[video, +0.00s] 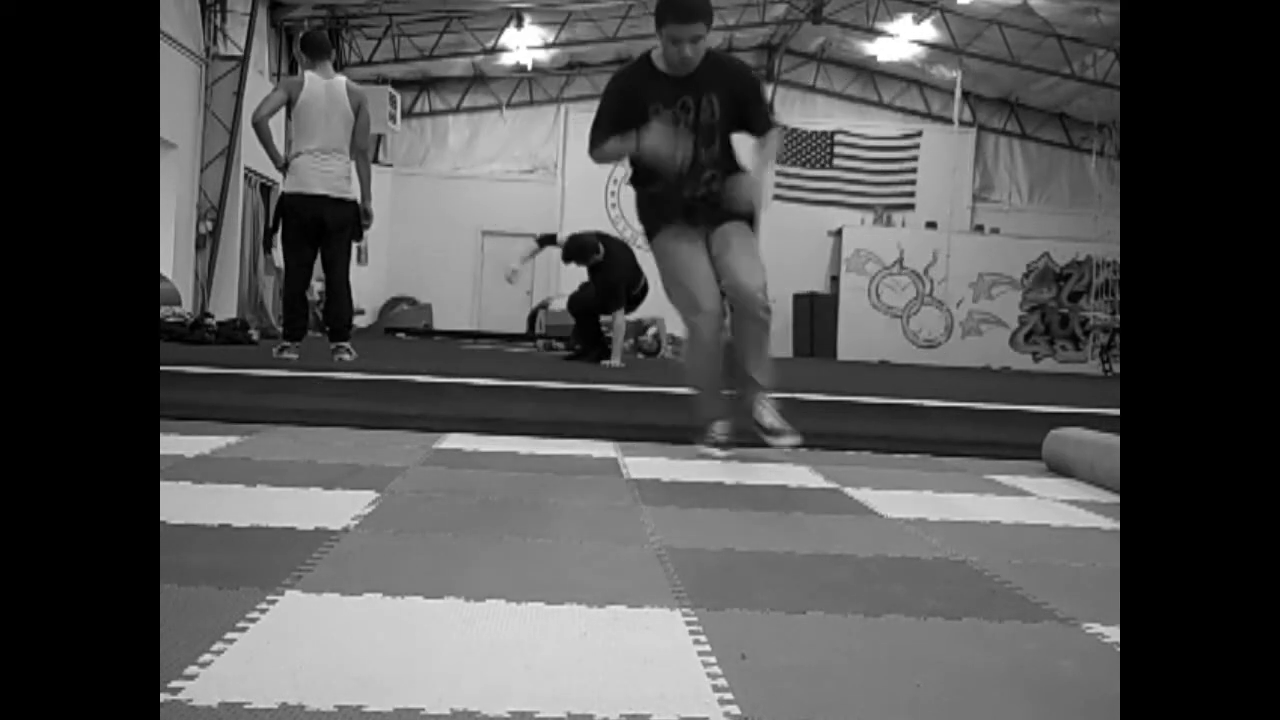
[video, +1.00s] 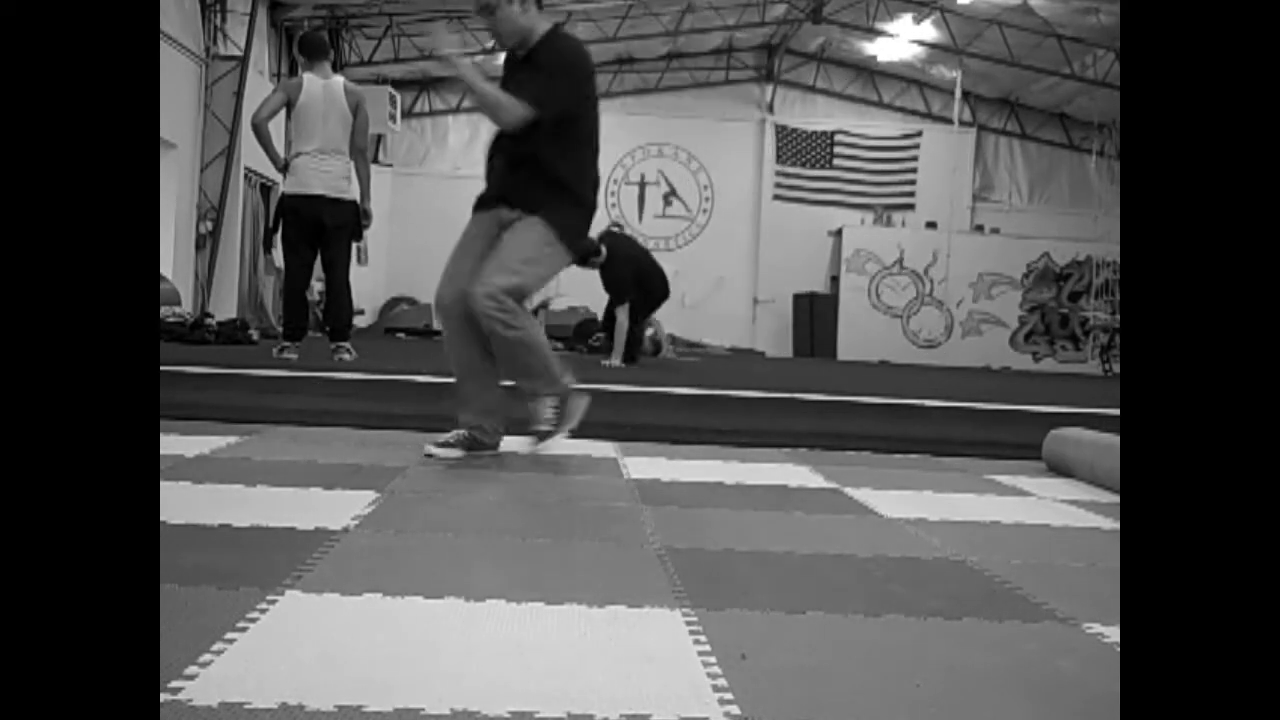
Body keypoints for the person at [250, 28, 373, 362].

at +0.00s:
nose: (299, 61)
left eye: (299, 56)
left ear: (302, 56)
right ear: (332, 54)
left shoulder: (293, 84)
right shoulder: (355, 94)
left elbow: (258, 118)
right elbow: (361, 153)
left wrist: (278, 161)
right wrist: (366, 201)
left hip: (298, 194)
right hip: (340, 197)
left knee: (295, 274)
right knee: (338, 276)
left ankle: (290, 344)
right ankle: (341, 345)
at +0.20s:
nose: (298, 61)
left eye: (298, 56)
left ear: (302, 55)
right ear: (331, 54)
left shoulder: (293, 85)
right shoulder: (355, 94)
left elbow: (258, 118)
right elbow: (362, 153)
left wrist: (278, 161)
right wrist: (366, 202)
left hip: (298, 195)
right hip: (340, 198)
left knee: (296, 274)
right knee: (338, 276)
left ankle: (290, 344)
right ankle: (341, 345)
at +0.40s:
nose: (301, 63)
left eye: (300, 58)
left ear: (302, 57)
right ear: (331, 55)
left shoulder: (292, 85)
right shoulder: (355, 94)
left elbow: (259, 119)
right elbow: (361, 153)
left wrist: (278, 162)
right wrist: (365, 202)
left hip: (298, 194)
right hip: (340, 197)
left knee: (296, 274)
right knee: (338, 276)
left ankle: (290, 344)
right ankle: (341, 345)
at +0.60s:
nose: (299, 62)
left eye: (299, 57)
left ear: (302, 57)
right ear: (331, 55)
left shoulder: (292, 86)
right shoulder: (354, 94)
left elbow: (259, 119)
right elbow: (360, 152)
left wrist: (278, 162)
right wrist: (365, 201)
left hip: (298, 194)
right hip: (340, 196)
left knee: (295, 274)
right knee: (338, 276)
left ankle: (290, 344)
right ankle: (341, 345)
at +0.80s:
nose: (299, 62)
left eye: (299, 57)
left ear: (302, 57)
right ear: (331, 54)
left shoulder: (292, 86)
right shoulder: (354, 94)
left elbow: (258, 120)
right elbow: (360, 152)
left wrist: (278, 162)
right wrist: (366, 202)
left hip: (298, 195)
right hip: (340, 198)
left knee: (295, 275)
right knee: (338, 276)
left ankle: (290, 344)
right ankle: (341, 345)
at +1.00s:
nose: (301, 64)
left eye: (300, 59)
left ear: (301, 58)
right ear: (330, 55)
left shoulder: (292, 86)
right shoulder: (353, 94)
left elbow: (258, 120)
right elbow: (360, 152)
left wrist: (278, 162)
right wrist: (366, 202)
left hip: (298, 195)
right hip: (340, 198)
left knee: (295, 274)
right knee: (338, 276)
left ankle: (290, 343)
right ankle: (341, 345)